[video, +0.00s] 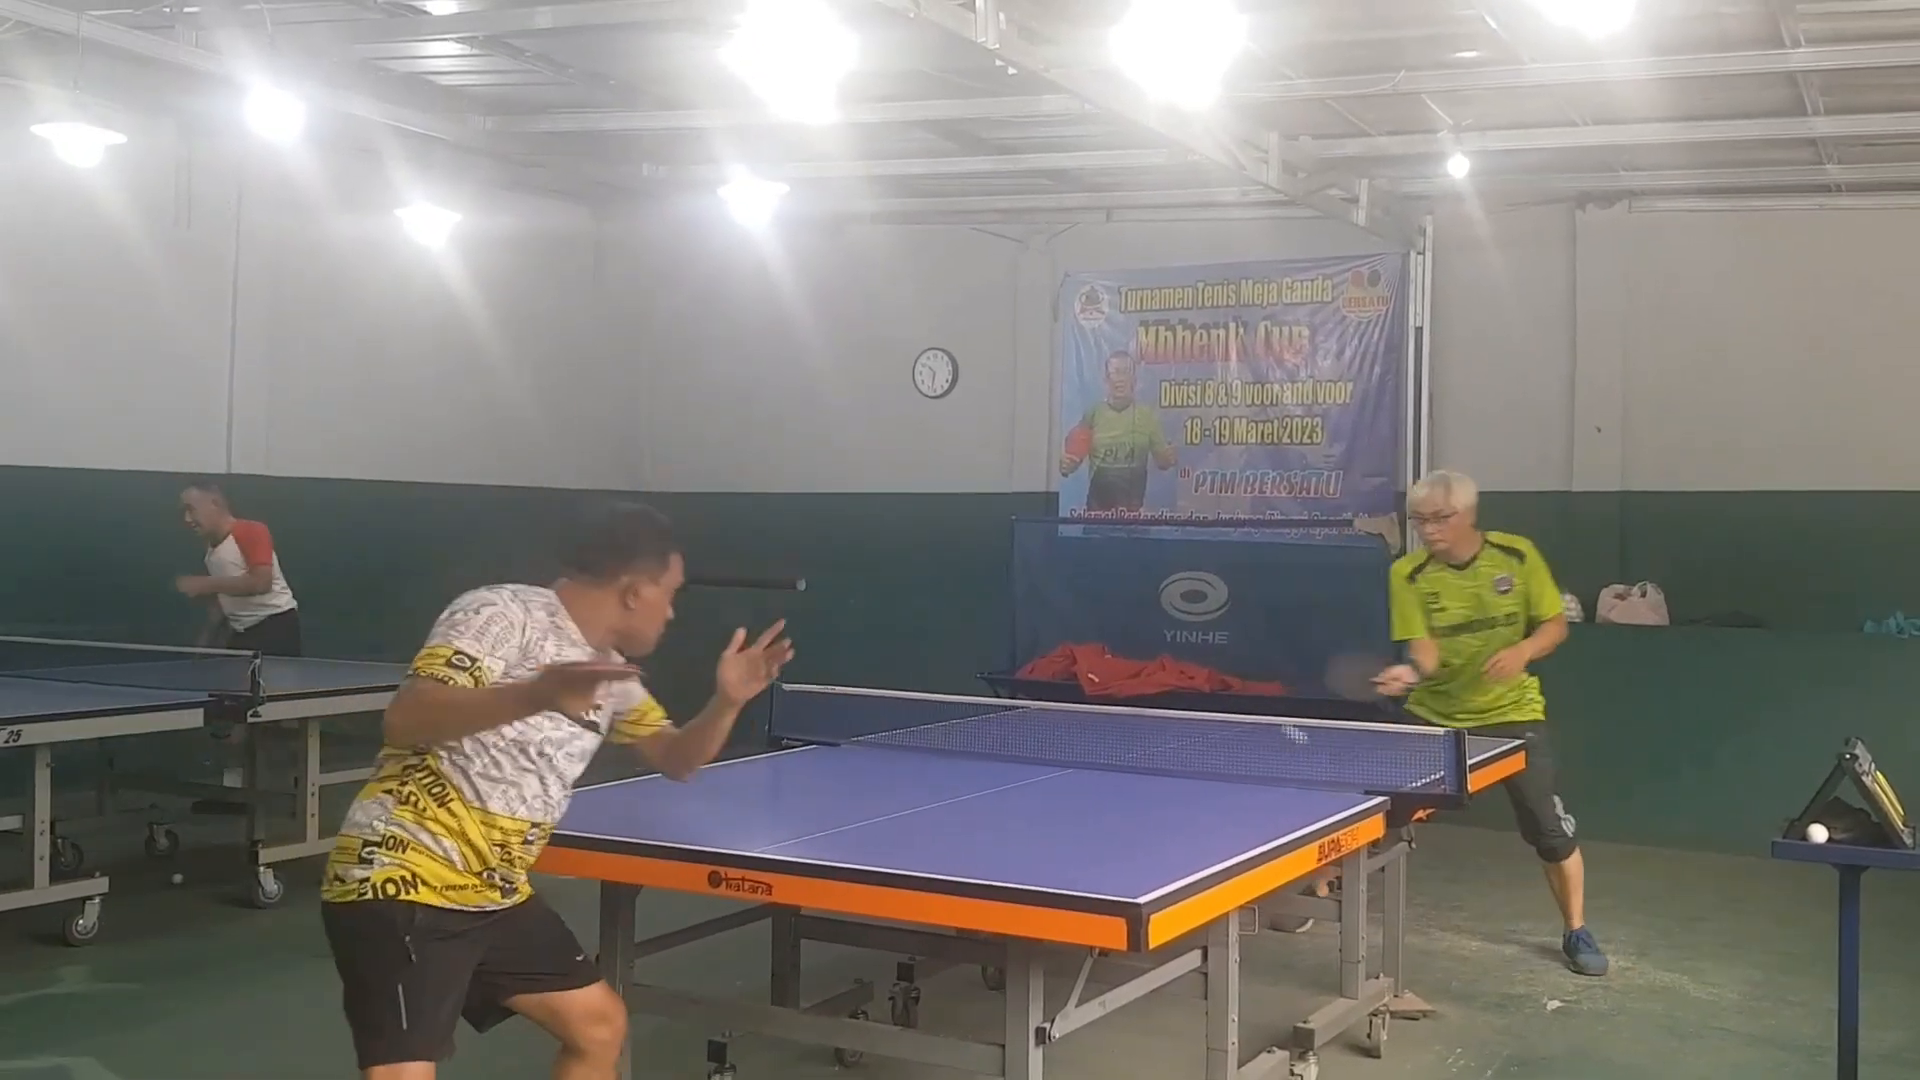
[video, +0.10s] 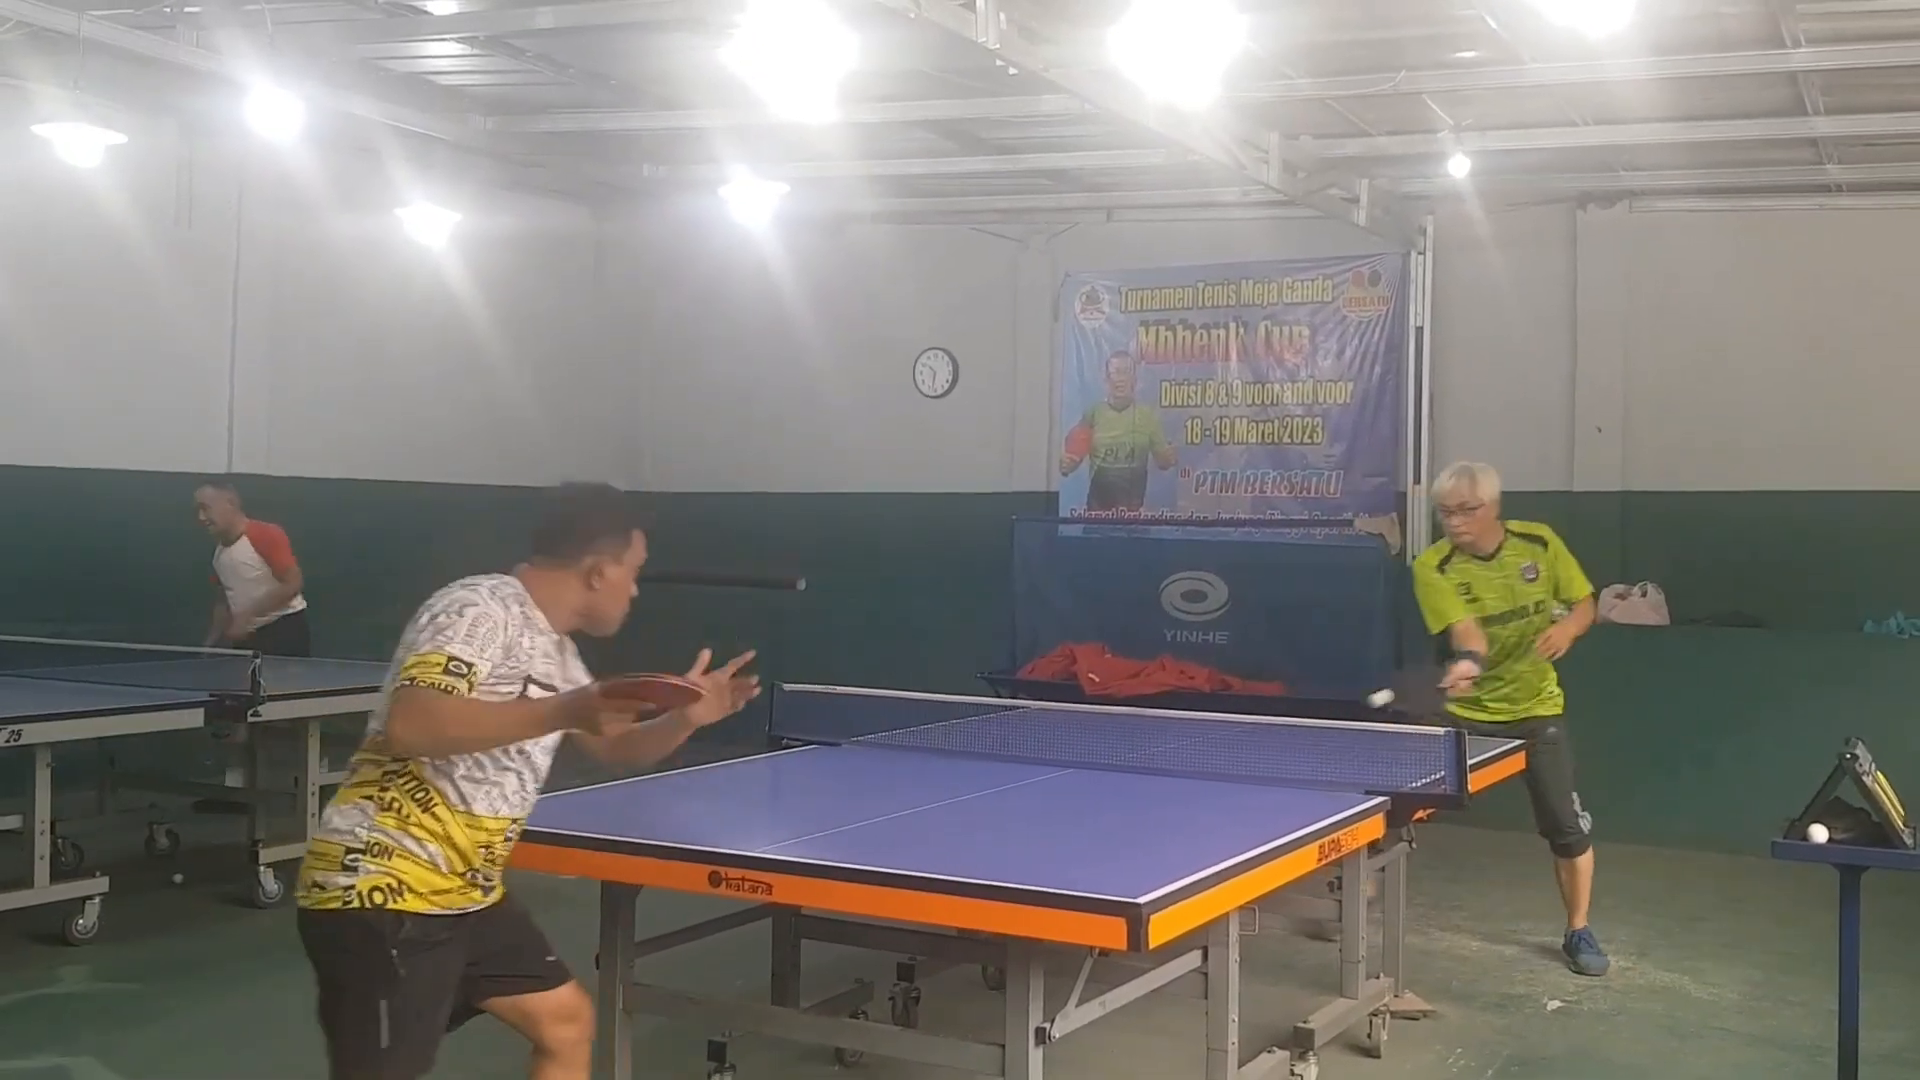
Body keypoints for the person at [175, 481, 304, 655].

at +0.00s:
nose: (187, 519)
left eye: (191, 510)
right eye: (185, 512)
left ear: (215, 503)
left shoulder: (253, 531)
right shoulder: (212, 552)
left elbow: (261, 582)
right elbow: (221, 608)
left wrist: (204, 585)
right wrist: (203, 647)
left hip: (276, 628)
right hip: (242, 633)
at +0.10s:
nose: (201, 518)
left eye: (205, 508)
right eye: (198, 510)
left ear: (231, 504)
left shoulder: (267, 535)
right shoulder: (220, 554)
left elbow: (293, 583)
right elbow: (224, 604)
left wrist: (247, 616)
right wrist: (209, 647)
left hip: (284, 631)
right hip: (247, 637)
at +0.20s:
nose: (220, 516)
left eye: (225, 506)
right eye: (217, 509)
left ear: (250, 502)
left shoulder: (285, 537)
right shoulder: (230, 549)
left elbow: (323, 582)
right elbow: (234, 601)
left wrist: (299, 625)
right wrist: (218, 646)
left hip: (293, 636)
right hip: (255, 638)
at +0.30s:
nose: (247, 515)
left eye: (254, 506)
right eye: (243, 509)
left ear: (277, 506)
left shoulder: (311, 540)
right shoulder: (243, 547)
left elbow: (350, 577)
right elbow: (246, 599)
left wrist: (336, 625)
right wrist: (230, 647)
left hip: (313, 637)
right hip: (269, 640)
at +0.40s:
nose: (277, 514)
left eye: (285, 506)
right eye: (272, 507)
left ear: (305, 506)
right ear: (268, 511)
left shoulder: (335, 539)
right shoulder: (264, 544)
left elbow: (370, 573)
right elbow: (262, 595)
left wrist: (361, 619)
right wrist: (246, 641)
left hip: (330, 638)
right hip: (284, 639)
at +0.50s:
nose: (307, 511)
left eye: (314, 503)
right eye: (299, 504)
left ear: (330, 504)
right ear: (292, 508)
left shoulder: (357, 537)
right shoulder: (282, 542)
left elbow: (379, 579)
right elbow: (276, 594)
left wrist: (373, 623)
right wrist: (260, 639)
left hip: (348, 640)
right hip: (300, 640)